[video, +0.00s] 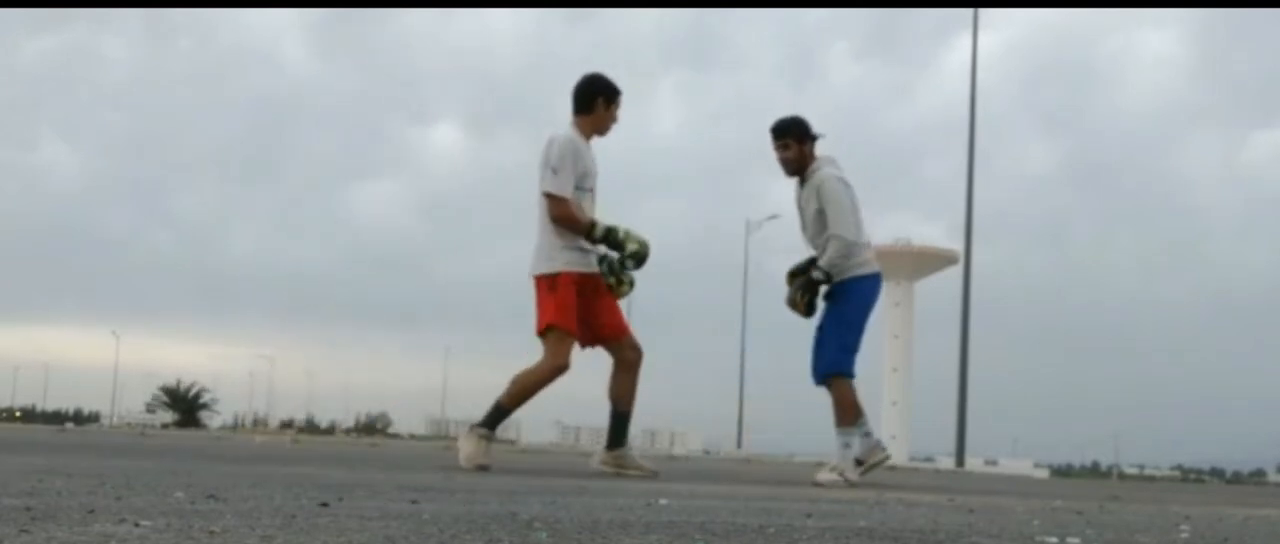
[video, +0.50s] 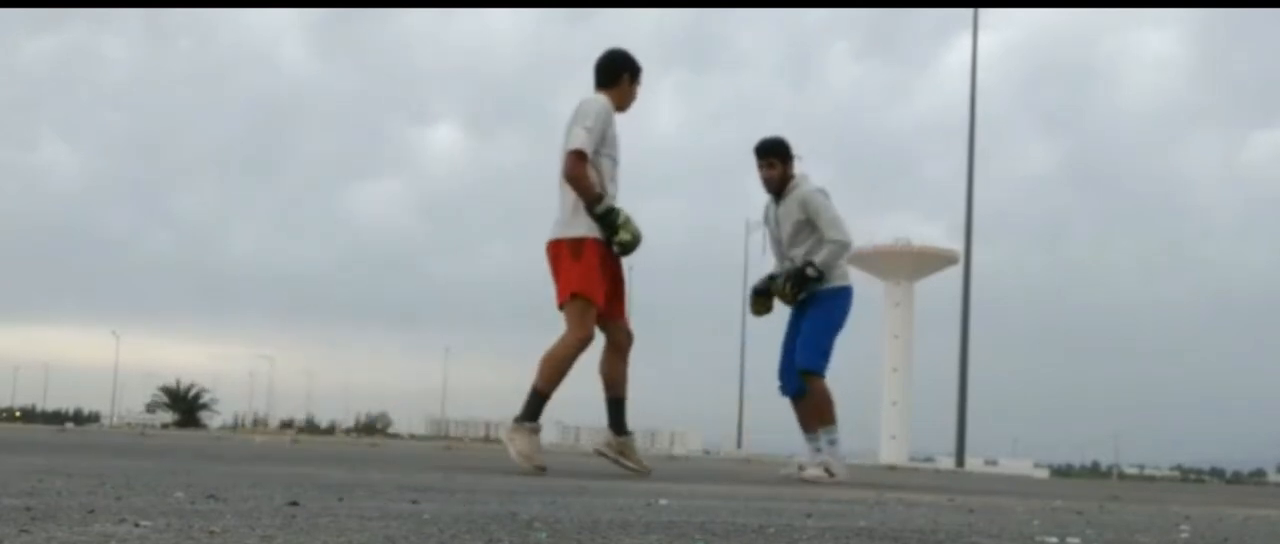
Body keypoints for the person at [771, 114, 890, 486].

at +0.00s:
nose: (782, 156)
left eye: (789, 147)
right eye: (778, 149)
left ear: (808, 146)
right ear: (776, 151)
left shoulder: (827, 181)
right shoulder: (807, 185)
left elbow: (845, 238)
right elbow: (829, 240)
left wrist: (816, 275)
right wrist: (808, 268)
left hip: (856, 278)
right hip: (843, 280)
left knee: (835, 369)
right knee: (828, 369)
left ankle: (847, 461)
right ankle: (867, 444)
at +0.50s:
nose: (765, 174)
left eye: (771, 166)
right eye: (761, 168)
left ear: (788, 166)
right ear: (759, 171)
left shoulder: (810, 196)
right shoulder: (772, 211)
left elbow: (839, 240)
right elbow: (786, 260)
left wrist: (810, 271)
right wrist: (770, 283)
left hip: (830, 292)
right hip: (803, 298)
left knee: (808, 369)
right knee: (791, 376)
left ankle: (833, 457)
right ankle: (816, 456)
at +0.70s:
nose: (755, 180)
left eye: (761, 172)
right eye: (752, 173)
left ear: (779, 172)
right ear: (750, 175)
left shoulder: (806, 206)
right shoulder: (757, 219)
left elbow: (812, 260)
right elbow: (770, 266)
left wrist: (774, 289)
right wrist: (760, 294)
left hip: (814, 298)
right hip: (784, 302)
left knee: (804, 373)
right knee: (748, 368)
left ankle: (830, 458)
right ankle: (782, 440)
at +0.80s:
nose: (742, 182)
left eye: (748, 175)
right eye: (738, 175)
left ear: (764, 175)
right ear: (736, 178)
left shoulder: (788, 209)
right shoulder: (747, 216)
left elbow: (784, 266)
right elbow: (755, 261)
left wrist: (762, 301)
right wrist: (749, 280)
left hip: (804, 299)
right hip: (773, 301)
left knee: (800, 375)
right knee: (742, 371)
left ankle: (828, 459)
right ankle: (741, 449)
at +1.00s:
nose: (701, 197)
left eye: (707, 190)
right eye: (699, 190)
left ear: (722, 190)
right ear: (700, 191)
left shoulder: (742, 221)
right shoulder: (717, 223)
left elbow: (767, 272)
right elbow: (718, 266)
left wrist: (754, 315)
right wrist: (713, 267)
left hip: (770, 307)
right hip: (743, 307)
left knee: (784, 379)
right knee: (708, 378)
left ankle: (819, 457)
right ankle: (713, 452)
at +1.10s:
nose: (693, 188)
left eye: (700, 181)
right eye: (689, 181)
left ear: (713, 183)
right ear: (684, 184)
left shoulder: (735, 213)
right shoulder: (692, 222)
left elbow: (766, 255)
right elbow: (689, 273)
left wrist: (751, 295)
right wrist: (695, 275)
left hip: (753, 303)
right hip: (722, 307)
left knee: (768, 375)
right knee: (700, 381)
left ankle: (793, 453)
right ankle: (713, 451)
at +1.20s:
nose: (687, 180)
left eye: (694, 173)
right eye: (683, 173)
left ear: (707, 175)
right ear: (678, 176)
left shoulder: (732, 205)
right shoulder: (676, 217)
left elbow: (766, 242)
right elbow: (665, 255)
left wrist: (739, 268)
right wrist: (670, 283)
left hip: (739, 300)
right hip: (703, 303)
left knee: (745, 370)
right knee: (697, 378)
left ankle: (758, 451)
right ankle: (712, 449)